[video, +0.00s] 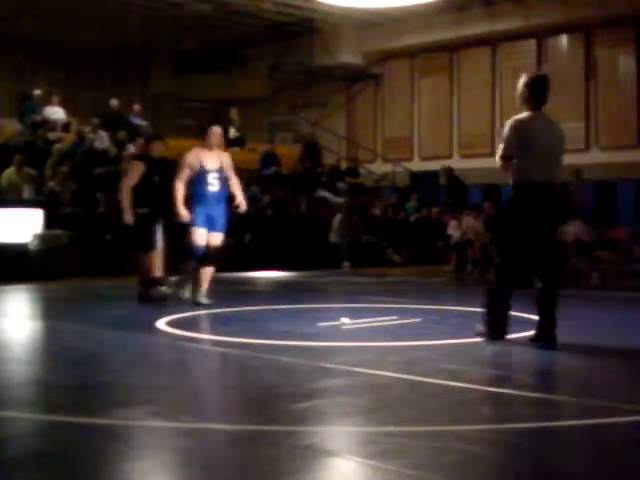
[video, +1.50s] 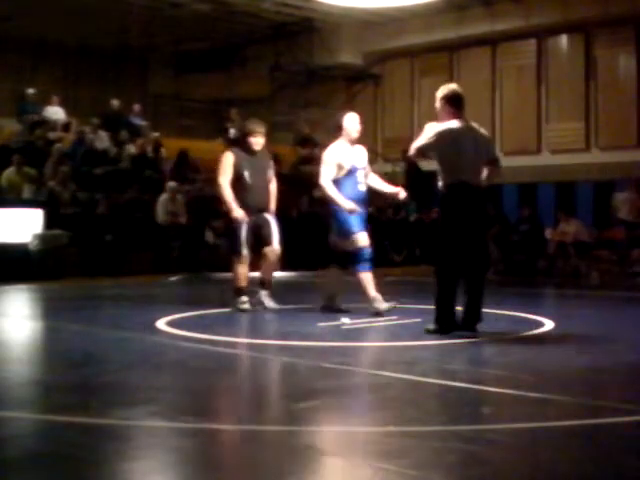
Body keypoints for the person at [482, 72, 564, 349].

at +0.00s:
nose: (518, 95)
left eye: (520, 90)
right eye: (520, 89)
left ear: (525, 94)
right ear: (545, 95)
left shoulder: (518, 124)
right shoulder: (555, 128)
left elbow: (504, 159)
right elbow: (556, 159)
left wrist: (520, 169)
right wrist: (528, 164)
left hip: (523, 198)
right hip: (550, 197)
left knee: (509, 260)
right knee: (548, 265)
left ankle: (496, 325)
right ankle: (547, 330)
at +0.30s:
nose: (486, 102)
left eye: (486, 97)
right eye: (488, 97)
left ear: (489, 100)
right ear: (511, 100)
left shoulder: (482, 131)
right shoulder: (528, 131)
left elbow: (471, 165)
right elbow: (537, 165)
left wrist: (488, 167)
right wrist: (514, 165)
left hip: (494, 199)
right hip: (523, 199)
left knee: (489, 260)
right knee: (525, 260)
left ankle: (489, 325)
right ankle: (534, 319)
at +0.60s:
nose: (465, 104)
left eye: (467, 99)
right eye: (467, 99)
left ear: (472, 102)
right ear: (492, 101)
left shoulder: (465, 132)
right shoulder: (507, 131)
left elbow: (451, 166)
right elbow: (518, 163)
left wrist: (465, 165)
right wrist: (497, 163)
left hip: (477, 200)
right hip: (503, 200)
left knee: (479, 258)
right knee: (496, 257)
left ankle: (489, 323)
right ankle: (484, 313)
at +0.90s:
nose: (454, 107)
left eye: (456, 102)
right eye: (455, 101)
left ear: (464, 104)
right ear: (479, 104)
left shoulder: (460, 131)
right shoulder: (493, 134)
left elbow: (448, 162)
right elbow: (502, 167)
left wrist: (450, 175)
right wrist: (484, 174)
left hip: (468, 197)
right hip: (491, 198)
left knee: (471, 257)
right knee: (481, 257)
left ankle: (483, 317)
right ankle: (475, 312)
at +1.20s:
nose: (446, 111)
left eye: (447, 106)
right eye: (446, 106)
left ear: (454, 106)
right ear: (470, 106)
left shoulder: (455, 130)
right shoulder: (484, 134)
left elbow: (432, 158)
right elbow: (495, 167)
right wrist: (474, 168)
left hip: (461, 198)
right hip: (483, 198)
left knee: (453, 254)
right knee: (477, 254)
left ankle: (463, 318)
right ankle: (472, 314)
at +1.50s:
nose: (436, 111)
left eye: (438, 106)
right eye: (437, 106)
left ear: (445, 107)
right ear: (462, 106)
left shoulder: (438, 131)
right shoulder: (479, 133)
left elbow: (414, 153)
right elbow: (494, 165)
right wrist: (481, 184)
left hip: (449, 198)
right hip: (475, 197)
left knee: (447, 258)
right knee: (475, 259)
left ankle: (444, 319)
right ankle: (471, 319)